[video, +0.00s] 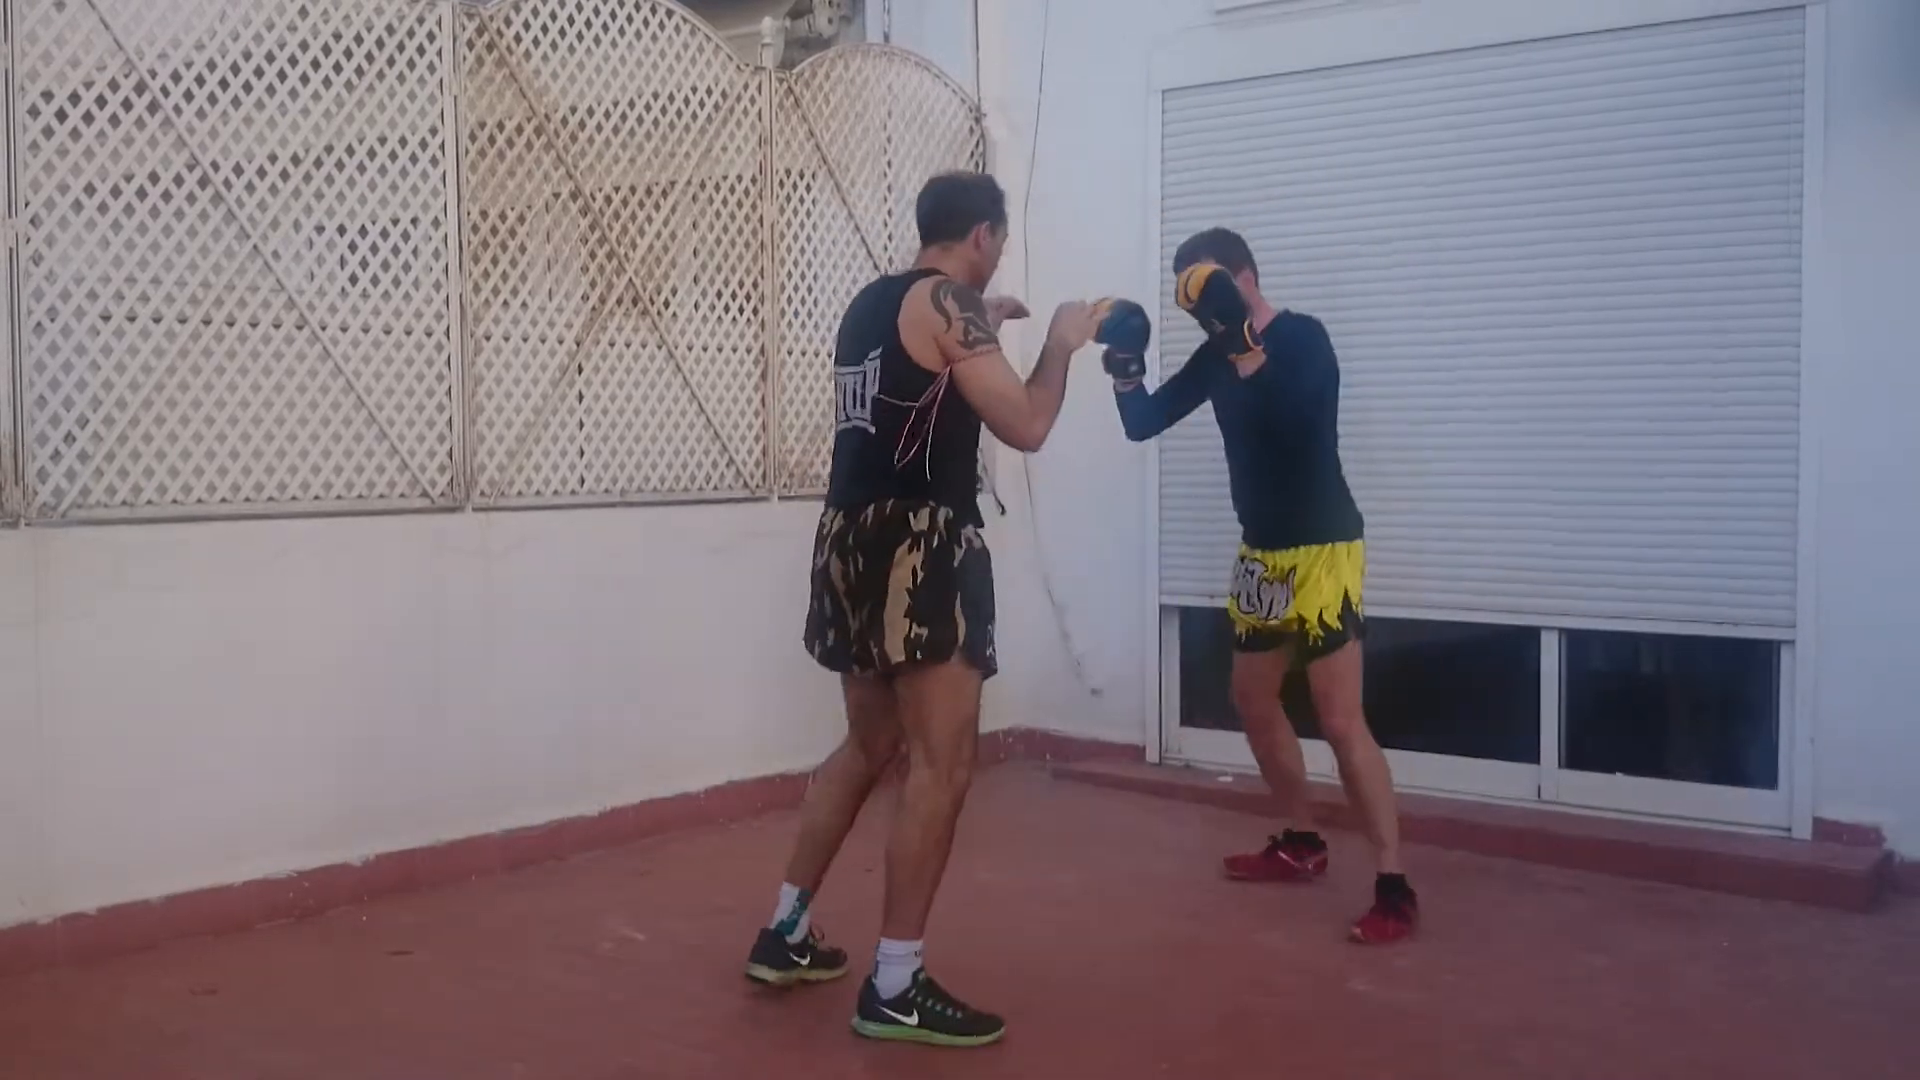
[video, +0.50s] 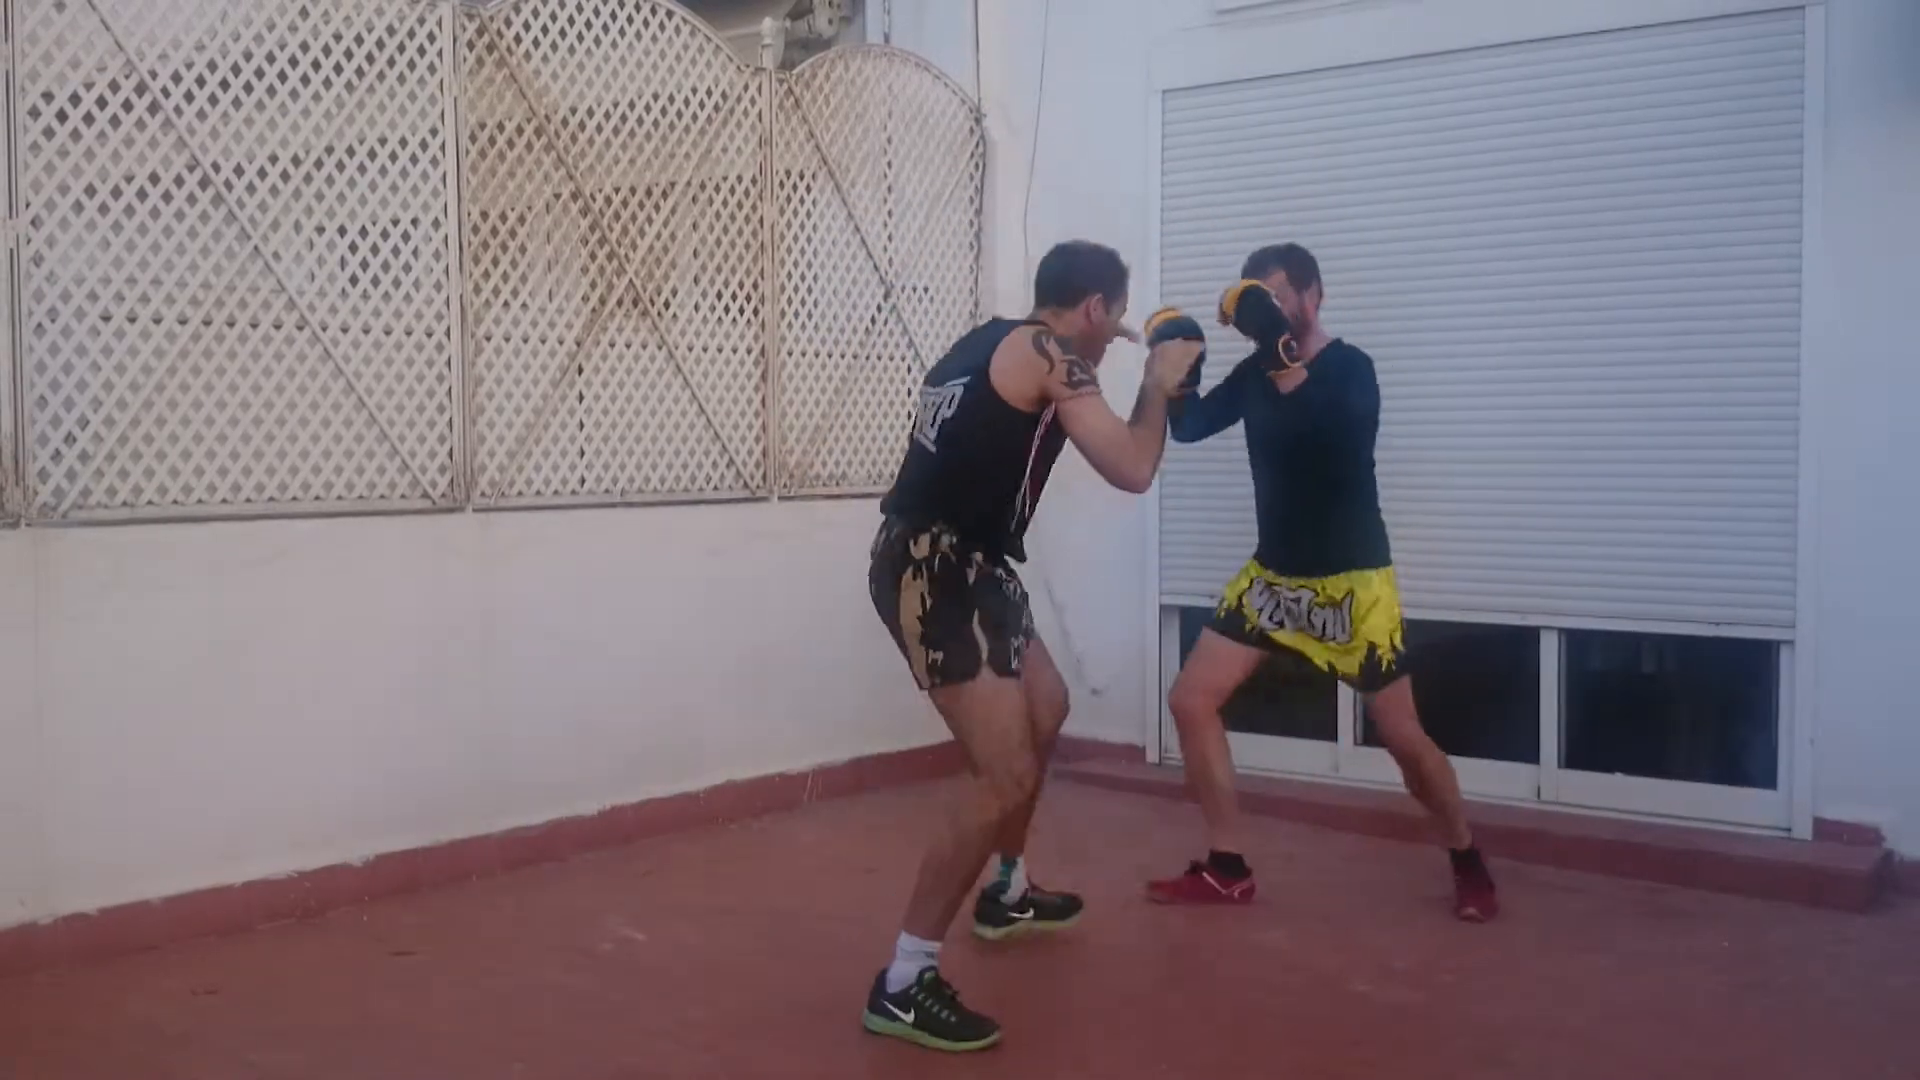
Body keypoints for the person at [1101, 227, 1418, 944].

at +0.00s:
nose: (1209, 302)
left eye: (1217, 286)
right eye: (1198, 294)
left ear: (1251, 276)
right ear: (1197, 301)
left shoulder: (1301, 334)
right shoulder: (1212, 359)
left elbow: (1301, 416)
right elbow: (1141, 423)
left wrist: (1247, 345)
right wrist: (1124, 366)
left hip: (1325, 548)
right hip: (1261, 551)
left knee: (1341, 720)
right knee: (1253, 700)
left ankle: (1392, 883)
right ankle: (1301, 841)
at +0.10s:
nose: (1227, 304)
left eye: (1234, 289)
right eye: (1216, 296)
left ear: (1270, 278)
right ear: (1213, 302)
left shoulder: (1327, 337)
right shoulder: (1231, 359)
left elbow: (1330, 411)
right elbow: (1157, 423)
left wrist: (1273, 346)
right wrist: (1148, 362)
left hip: (1344, 550)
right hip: (1280, 554)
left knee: (1355, 721)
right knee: (1291, 710)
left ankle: (1397, 885)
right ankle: (1360, 834)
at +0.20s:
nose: (1244, 311)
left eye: (1252, 295)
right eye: (1232, 301)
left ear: (1288, 282)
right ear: (1226, 303)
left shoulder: (1343, 346)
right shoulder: (1233, 362)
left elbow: (1349, 436)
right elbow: (1155, 424)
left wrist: (1303, 358)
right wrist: (1158, 359)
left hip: (1358, 550)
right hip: (1296, 559)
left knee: (1369, 720)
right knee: (1328, 723)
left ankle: (1405, 880)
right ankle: (1371, 851)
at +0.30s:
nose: (1267, 309)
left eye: (1276, 294)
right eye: (1254, 302)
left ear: (1309, 279)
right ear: (1246, 303)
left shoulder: (1359, 343)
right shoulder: (1251, 354)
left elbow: (1359, 424)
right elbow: (1171, 420)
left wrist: (1308, 356)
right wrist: (1170, 362)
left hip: (1371, 549)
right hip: (1295, 555)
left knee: (1391, 714)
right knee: (1272, 710)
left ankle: (1452, 857)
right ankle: (1352, 824)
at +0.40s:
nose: (1273, 315)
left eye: (1282, 300)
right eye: (1263, 306)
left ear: (1321, 297)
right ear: (1262, 315)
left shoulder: (1367, 366)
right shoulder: (1269, 374)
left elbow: (1362, 441)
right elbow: (1197, 442)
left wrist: (1304, 390)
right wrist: (1188, 386)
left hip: (1373, 575)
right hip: (1291, 571)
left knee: (1411, 740)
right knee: (1212, 700)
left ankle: (1467, 862)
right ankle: (1289, 818)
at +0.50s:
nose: (1263, 312)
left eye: (1272, 297)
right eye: (1255, 302)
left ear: (1312, 297)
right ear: (1250, 310)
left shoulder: (1350, 367)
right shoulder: (1255, 372)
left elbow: (1350, 439)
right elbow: (1187, 425)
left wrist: (1285, 366)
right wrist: (1177, 361)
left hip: (1355, 576)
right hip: (1273, 571)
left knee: (1404, 739)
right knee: (1191, 701)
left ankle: (1467, 859)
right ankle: (1226, 864)